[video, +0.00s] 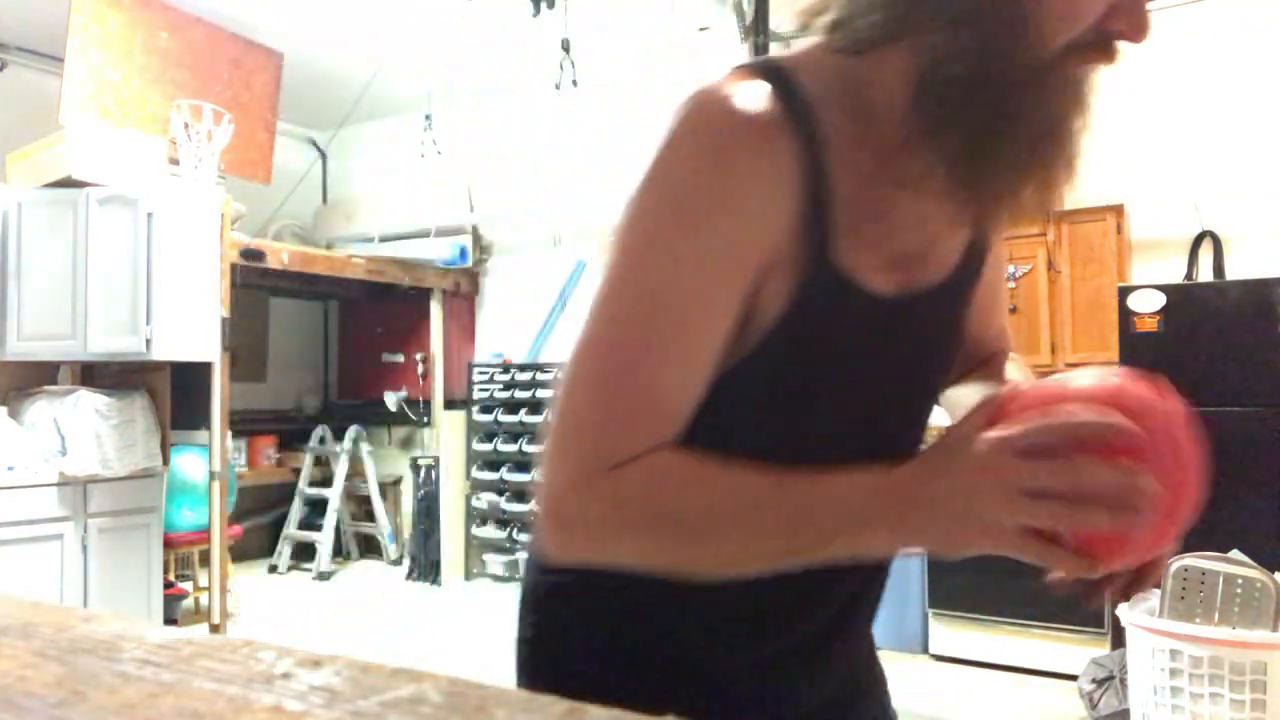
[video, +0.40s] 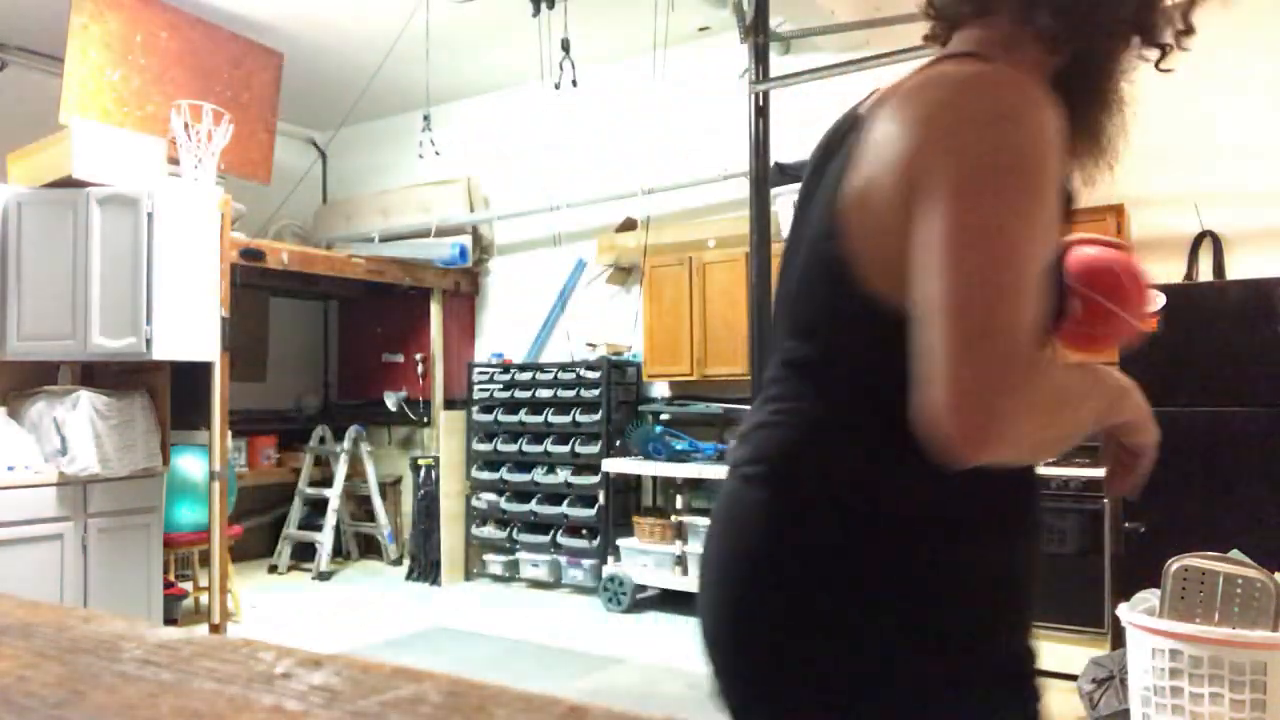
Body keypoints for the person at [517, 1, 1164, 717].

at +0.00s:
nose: (1134, 23)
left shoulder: (965, 154)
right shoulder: (743, 132)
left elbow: (977, 371)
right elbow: (583, 507)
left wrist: (1068, 503)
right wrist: (910, 504)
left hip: (824, 671)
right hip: (631, 683)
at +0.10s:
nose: (1156, 26)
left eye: (1155, 1)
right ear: (1025, 2)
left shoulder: (981, 151)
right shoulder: (801, 125)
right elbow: (646, 472)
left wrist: (1018, 419)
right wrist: (965, 462)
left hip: (841, 661)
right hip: (668, 673)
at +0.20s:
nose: (1154, 44)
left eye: (1160, 9)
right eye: (1146, 0)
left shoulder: (975, 163)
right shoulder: (857, 128)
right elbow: (747, 450)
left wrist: (1034, 368)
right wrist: (1012, 407)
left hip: (863, 651)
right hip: (744, 666)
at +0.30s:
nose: (1133, 59)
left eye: (1140, 35)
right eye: (1130, 32)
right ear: (1080, 23)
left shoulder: (963, 123)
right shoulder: (924, 117)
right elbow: (865, 437)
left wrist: (1046, 314)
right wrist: (1061, 398)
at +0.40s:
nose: (1135, 47)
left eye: (1142, 33)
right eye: (1135, 28)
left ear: (981, 4)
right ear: (1101, 15)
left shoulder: (890, 106)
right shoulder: (993, 103)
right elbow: (977, 415)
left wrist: (1043, 313)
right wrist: (1111, 392)